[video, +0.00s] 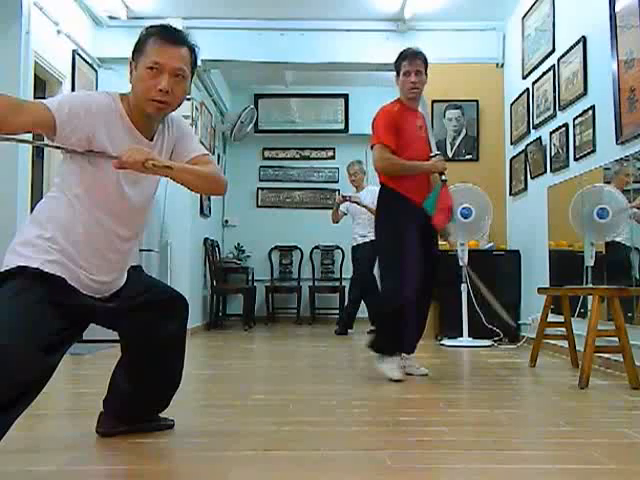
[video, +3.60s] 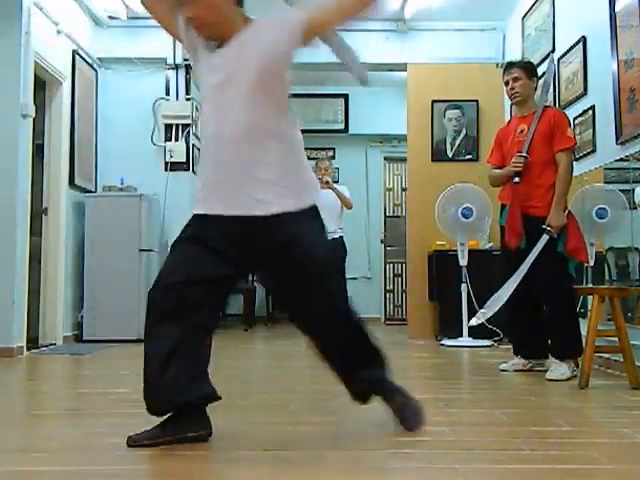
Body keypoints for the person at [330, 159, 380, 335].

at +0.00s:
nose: (353, 178)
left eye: (356, 174)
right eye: (351, 175)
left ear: (364, 174)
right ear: (348, 178)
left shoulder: (375, 192)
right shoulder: (350, 197)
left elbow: (380, 215)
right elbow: (336, 219)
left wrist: (363, 205)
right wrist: (336, 205)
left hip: (371, 240)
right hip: (357, 242)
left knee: (357, 281)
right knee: (367, 282)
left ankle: (345, 322)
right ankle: (378, 321)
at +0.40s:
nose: (341, 174)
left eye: (344, 171)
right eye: (338, 171)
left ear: (351, 172)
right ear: (336, 173)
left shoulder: (359, 189)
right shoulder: (333, 194)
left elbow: (367, 211)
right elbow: (318, 212)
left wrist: (348, 196)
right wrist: (322, 196)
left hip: (354, 240)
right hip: (341, 241)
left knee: (349, 284)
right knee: (341, 284)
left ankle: (343, 324)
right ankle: (367, 315)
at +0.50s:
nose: (339, 173)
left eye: (342, 169)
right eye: (336, 170)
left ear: (349, 171)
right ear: (333, 172)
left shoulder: (357, 189)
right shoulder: (331, 193)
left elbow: (365, 210)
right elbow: (315, 211)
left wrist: (347, 195)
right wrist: (320, 195)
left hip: (352, 241)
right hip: (338, 242)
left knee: (347, 282)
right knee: (333, 282)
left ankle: (342, 324)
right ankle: (355, 315)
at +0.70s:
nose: (336, 173)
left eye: (339, 170)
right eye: (333, 170)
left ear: (346, 171)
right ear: (329, 172)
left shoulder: (355, 189)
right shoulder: (327, 193)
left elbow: (362, 208)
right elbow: (311, 209)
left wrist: (344, 193)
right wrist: (316, 191)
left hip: (349, 242)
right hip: (333, 243)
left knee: (344, 284)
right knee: (328, 284)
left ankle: (342, 324)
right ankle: (328, 322)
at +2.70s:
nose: (325, 171)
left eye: (328, 168)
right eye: (321, 168)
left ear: (332, 170)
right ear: (317, 171)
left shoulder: (341, 189)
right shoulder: (313, 192)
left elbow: (349, 206)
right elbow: (301, 207)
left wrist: (332, 189)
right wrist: (309, 189)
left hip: (336, 241)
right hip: (318, 243)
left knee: (338, 285)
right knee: (317, 286)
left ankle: (341, 324)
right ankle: (318, 323)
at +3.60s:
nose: (323, 173)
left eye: (326, 169)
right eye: (320, 170)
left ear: (332, 171)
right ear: (315, 172)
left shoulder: (339, 189)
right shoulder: (312, 190)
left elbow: (349, 205)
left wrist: (333, 188)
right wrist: (315, 187)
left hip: (335, 237)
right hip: (317, 238)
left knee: (338, 280)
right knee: (321, 280)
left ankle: (341, 313)